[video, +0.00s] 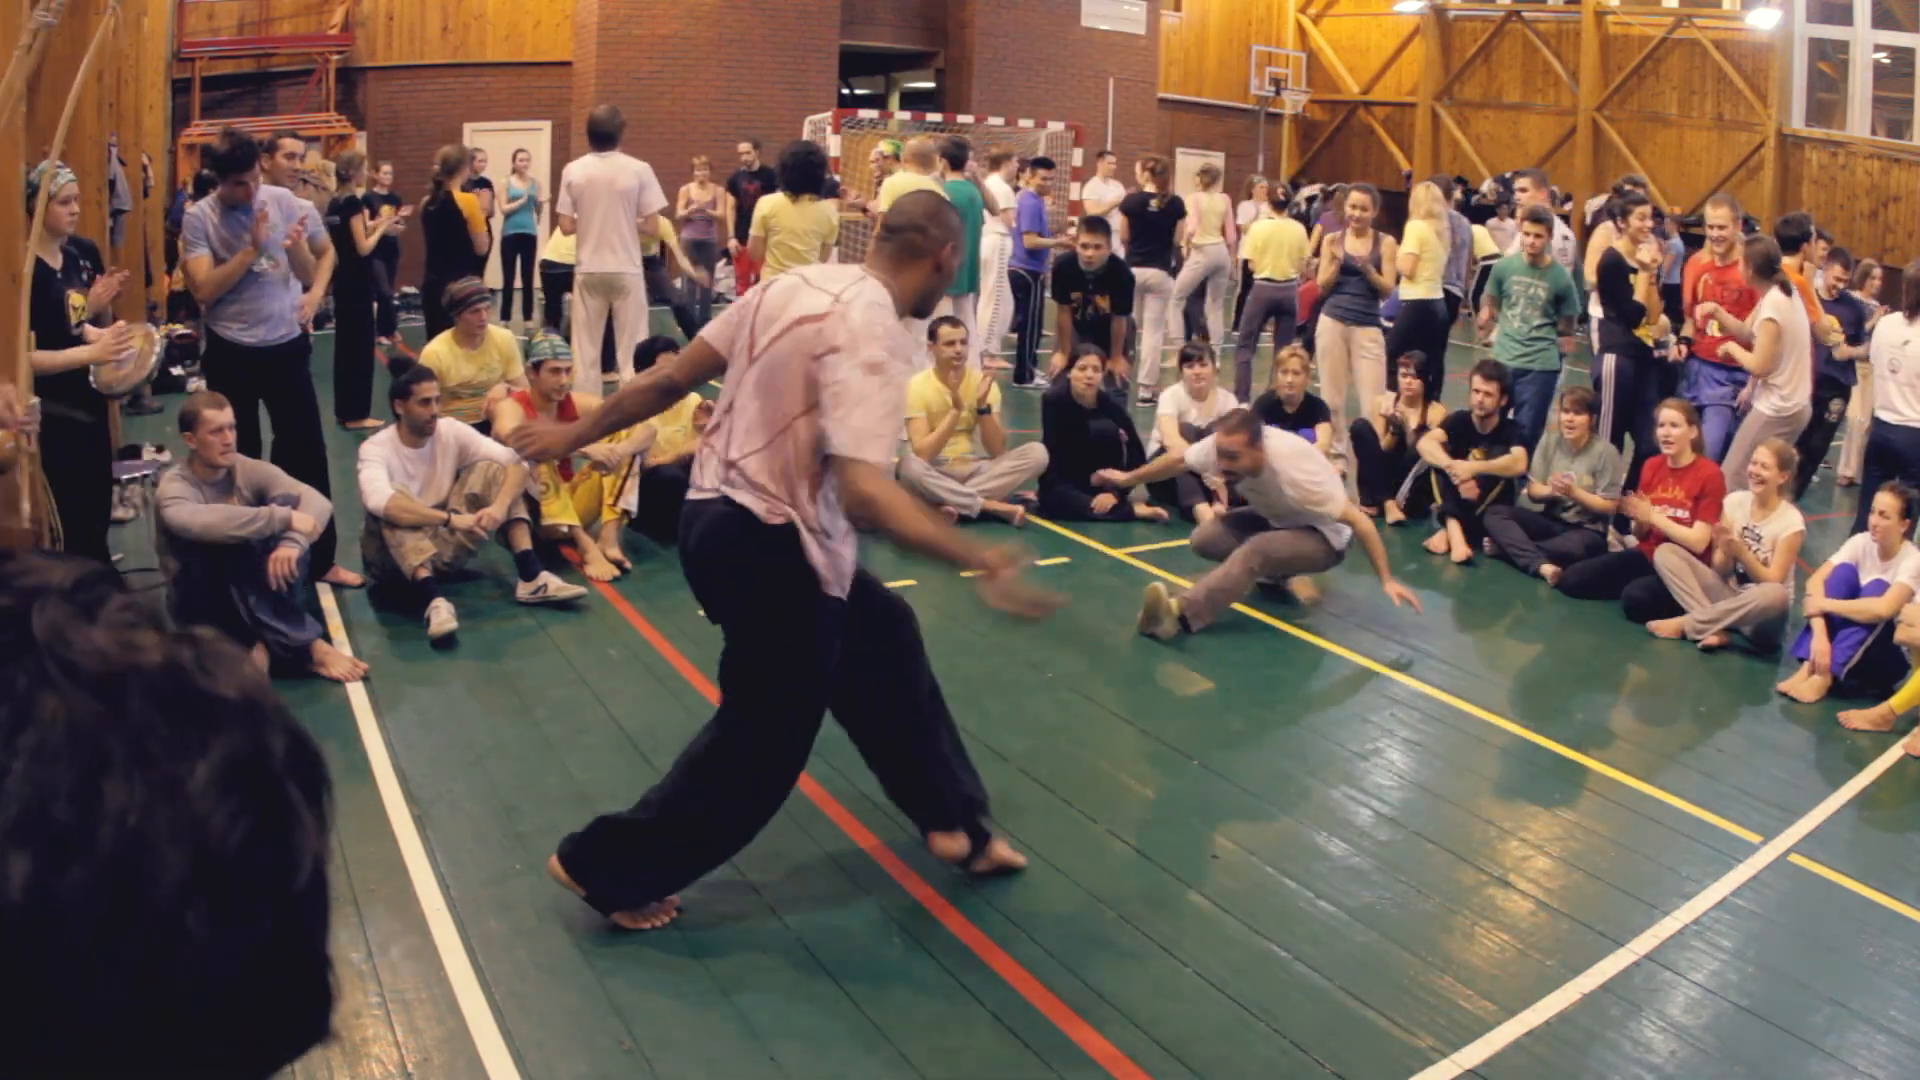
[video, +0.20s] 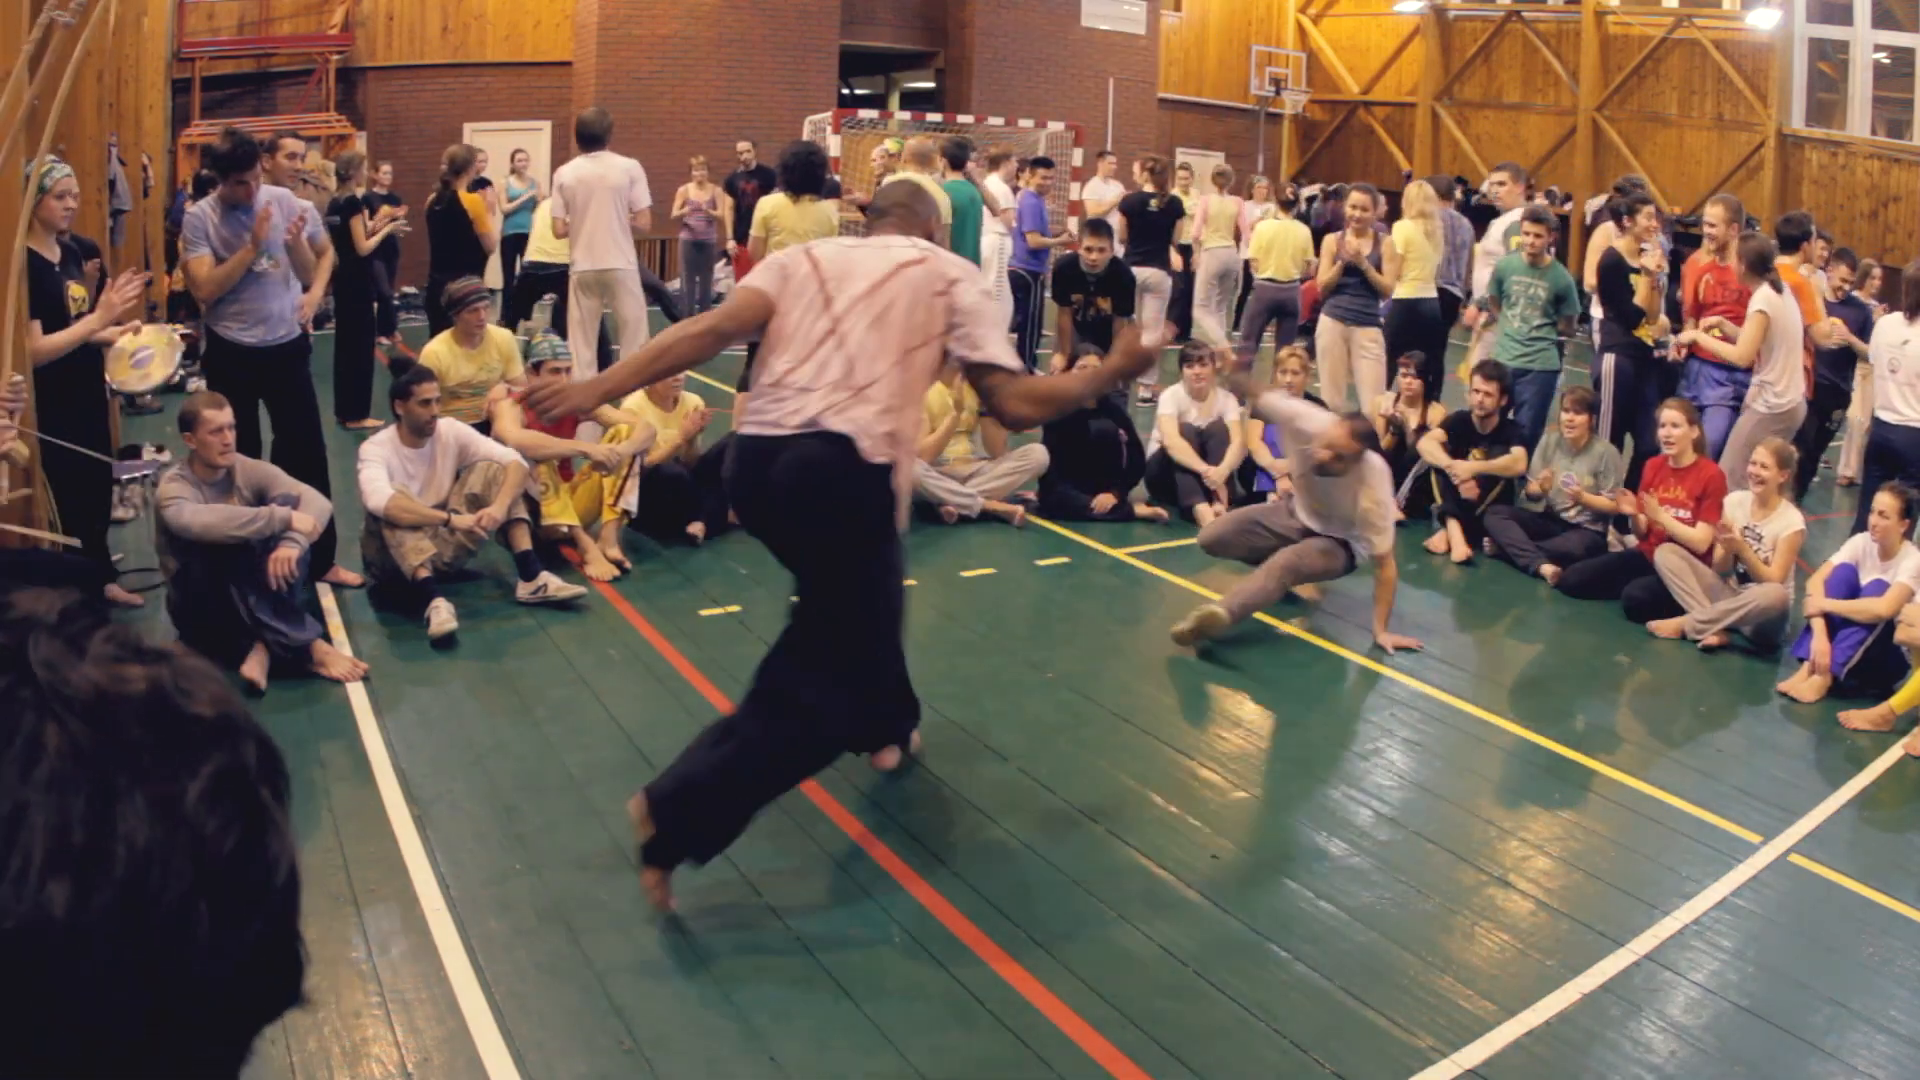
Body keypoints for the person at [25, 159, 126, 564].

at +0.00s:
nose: (75, 210)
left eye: (77, 200)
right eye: (64, 202)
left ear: (80, 201)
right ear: (38, 208)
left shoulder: (82, 253)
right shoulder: (21, 268)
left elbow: (78, 323)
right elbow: (22, 359)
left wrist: (104, 333)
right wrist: (91, 350)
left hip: (90, 395)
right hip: (52, 403)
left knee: (98, 496)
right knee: (71, 503)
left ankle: (100, 569)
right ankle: (76, 581)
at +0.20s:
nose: (71, 205)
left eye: (75, 196)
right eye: (61, 196)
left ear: (77, 200)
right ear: (34, 201)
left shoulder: (72, 252)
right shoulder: (20, 261)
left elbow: (77, 327)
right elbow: (33, 350)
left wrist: (112, 331)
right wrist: (100, 316)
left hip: (88, 386)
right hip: (53, 395)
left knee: (97, 487)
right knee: (74, 491)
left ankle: (102, 578)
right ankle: (86, 583)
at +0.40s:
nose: (74, 204)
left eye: (77, 195)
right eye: (63, 195)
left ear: (79, 199)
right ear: (36, 201)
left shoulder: (81, 254)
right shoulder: (18, 263)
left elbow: (84, 327)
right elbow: (18, 357)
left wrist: (116, 320)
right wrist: (87, 370)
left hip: (89, 393)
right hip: (48, 399)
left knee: (97, 488)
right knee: (66, 493)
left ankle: (101, 576)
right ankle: (72, 583)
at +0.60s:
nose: (75, 212)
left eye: (78, 203)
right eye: (65, 204)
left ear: (79, 206)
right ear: (36, 209)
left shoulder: (71, 259)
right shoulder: (17, 271)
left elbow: (78, 326)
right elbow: (22, 364)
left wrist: (110, 331)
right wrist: (91, 365)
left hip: (89, 391)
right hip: (51, 401)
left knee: (96, 488)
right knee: (67, 494)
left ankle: (102, 577)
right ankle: (76, 586)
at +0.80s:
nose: (73, 206)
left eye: (77, 197)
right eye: (62, 197)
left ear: (81, 201)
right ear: (34, 201)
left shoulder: (77, 254)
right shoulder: (17, 262)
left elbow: (74, 322)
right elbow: (18, 351)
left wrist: (105, 329)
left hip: (87, 384)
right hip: (45, 391)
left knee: (95, 482)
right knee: (61, 486)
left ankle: (101, 576)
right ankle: (69, 583)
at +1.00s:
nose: (76, 209)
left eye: (79, 199)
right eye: (66, 200)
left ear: (81, 202)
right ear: (39, 204)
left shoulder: (71, 262)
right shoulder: (18, 267)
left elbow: (75, 325)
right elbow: (19, 358)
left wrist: (106, 343)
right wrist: (88, 363)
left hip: (85, 389)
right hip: (49, 397)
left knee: (98, 488)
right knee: (68, 491)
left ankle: (101, 577)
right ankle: (76, 584)